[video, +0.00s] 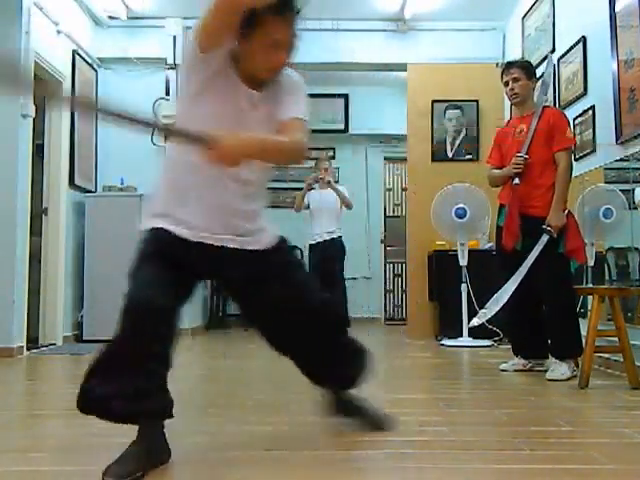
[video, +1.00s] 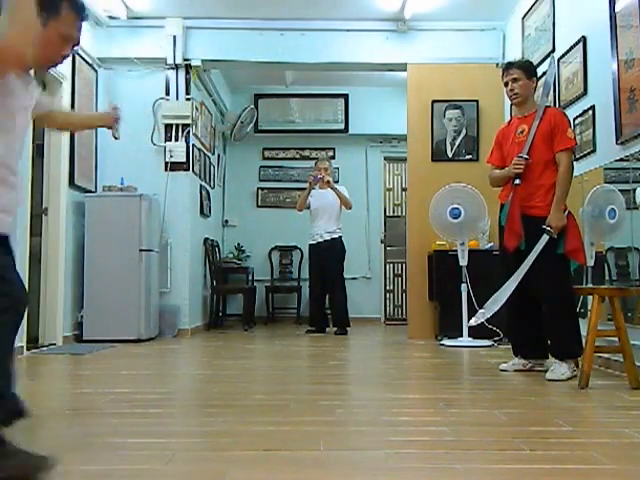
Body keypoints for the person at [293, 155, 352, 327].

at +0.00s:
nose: (324, 173)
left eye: (327, 170)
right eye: (321, 170)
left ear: (332, 172)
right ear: (317, 173)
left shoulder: (339, 189)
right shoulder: (311, 193)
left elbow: (348, 205)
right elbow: (298, 208)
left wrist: (333, 187)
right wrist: (305, 189)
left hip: (334, 238)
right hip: (316, 240)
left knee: (336, 282)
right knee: (316, 283)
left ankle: (341, 319)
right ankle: (318, 322)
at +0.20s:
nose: (323, 174)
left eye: (326, 170)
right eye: (320, 170)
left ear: (330, 171)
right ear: (315, 172)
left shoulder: (338, 190)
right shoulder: (310, 194)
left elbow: (349, 206)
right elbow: (298, 208)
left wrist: (333, 187)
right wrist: (305, 188)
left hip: (334, 240)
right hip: (316, 242)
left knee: (337, 284)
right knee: (316, 285)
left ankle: (341, 324)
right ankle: (318, 323)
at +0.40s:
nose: (323, 173)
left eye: (326, 170)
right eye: (320, 170)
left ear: (330, 171)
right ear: (315, 173)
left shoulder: (339, 190)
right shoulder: (311, 194)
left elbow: (348, 206)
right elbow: (297, 208)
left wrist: (333, 188)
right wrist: (305, 188)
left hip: (334, 241)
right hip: (316, 243)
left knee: (336, 285)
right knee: (316, 286)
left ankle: (341, 324)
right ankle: (318, 324)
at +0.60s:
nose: (323, 173)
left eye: (325, 170)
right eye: (319, 170)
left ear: (330, 171)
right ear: (315, 172)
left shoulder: (339, 190)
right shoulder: (311, 194)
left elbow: (348, 206)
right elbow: (298, 208)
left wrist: (333, 188)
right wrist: (306, 188)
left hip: (334, 241)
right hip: (316, 243)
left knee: (336, 285)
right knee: (316, 286)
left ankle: (341, 324)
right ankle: (318, 324)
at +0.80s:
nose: (322, 174)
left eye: (325, 170)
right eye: (319, 170)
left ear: (330, 172)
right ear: (314, 173)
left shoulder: (339, 190)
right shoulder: (311, 193)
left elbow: (348, 206)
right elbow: (299, 208)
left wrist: (333, 188)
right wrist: (308, 188)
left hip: (333, 241)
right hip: (315, 242)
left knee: (336, 285)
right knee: (316, 286)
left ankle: (341, 324)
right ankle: (318, 324)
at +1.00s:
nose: (322, 173)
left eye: (325, 170)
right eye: (319, 170)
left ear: (330, 172)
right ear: (314, 172)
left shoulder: (339, 189)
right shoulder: (311, 193)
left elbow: (348, 206)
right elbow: (299, 208)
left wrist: (332, 188)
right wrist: (309, 188)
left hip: (333, 241)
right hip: (315, 243)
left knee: (336, 285)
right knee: (316, 286)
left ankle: (341, 324)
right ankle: (318, 324)